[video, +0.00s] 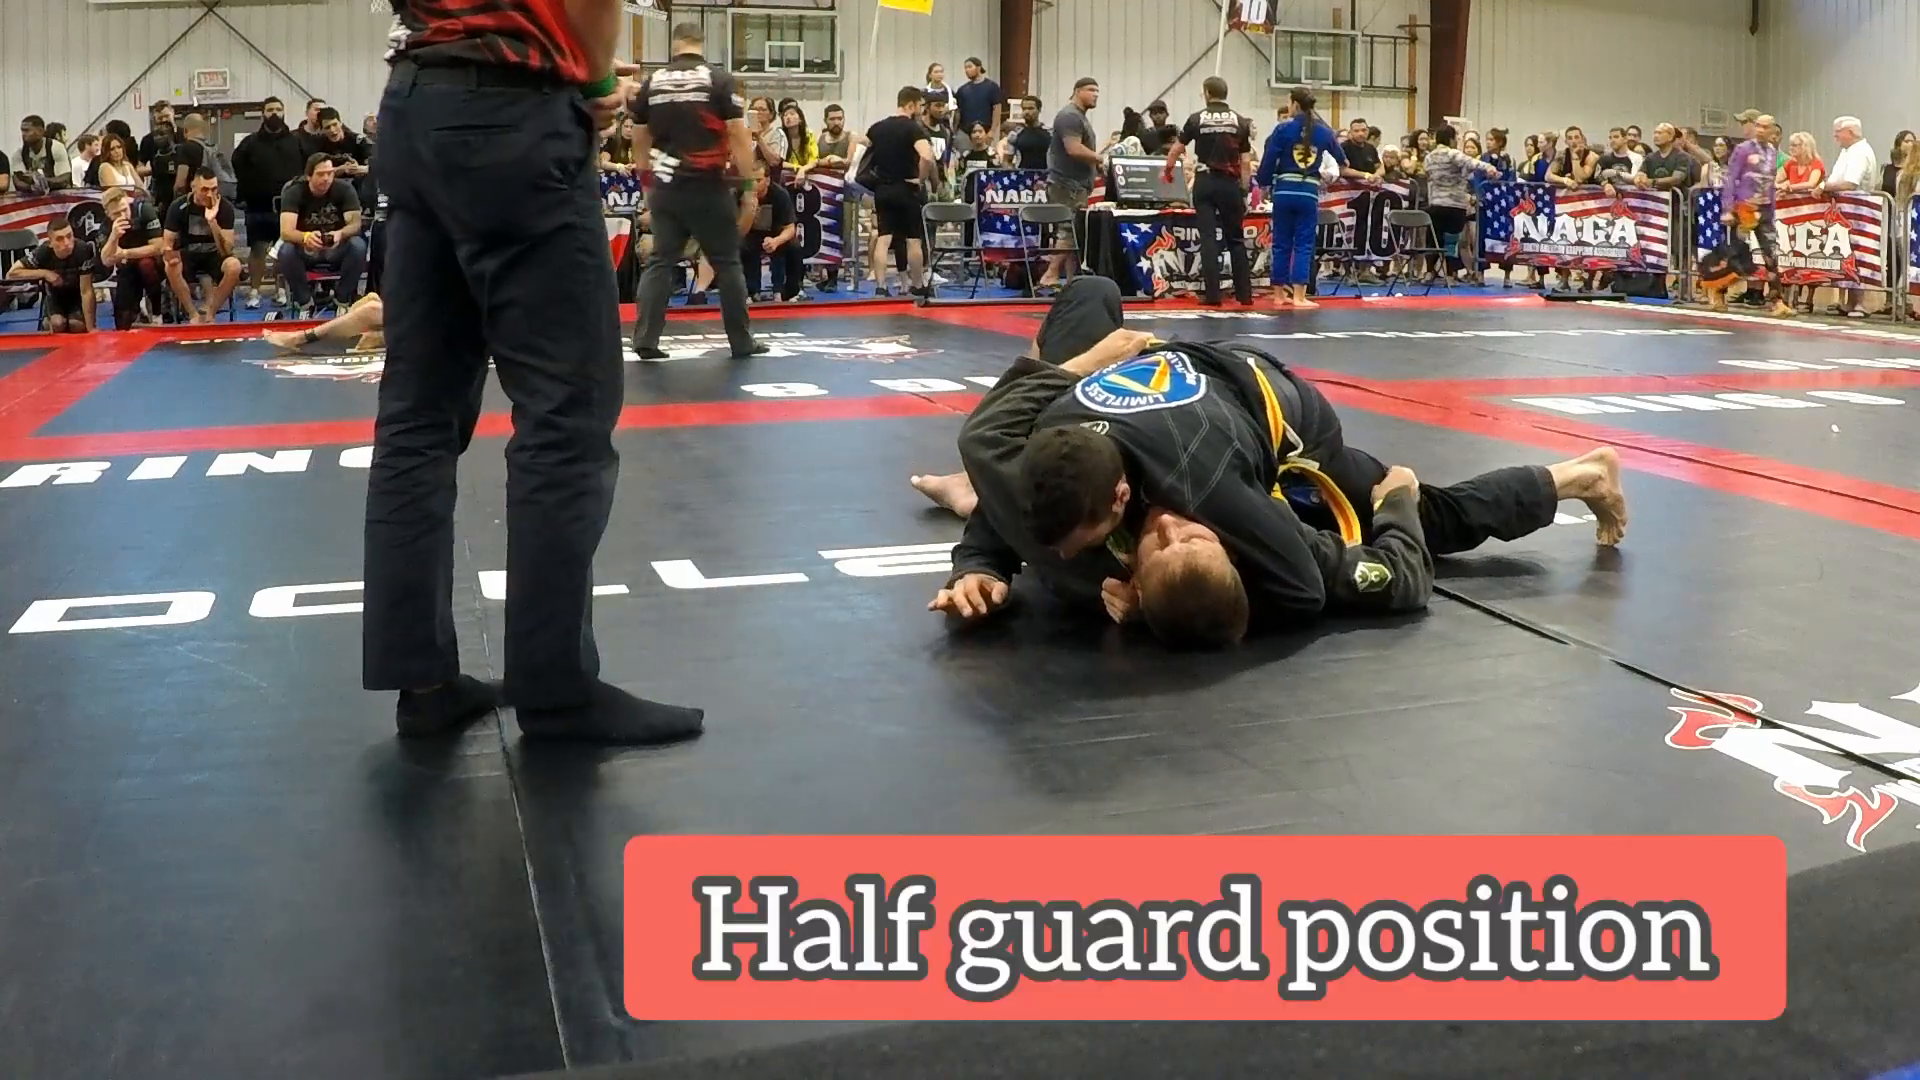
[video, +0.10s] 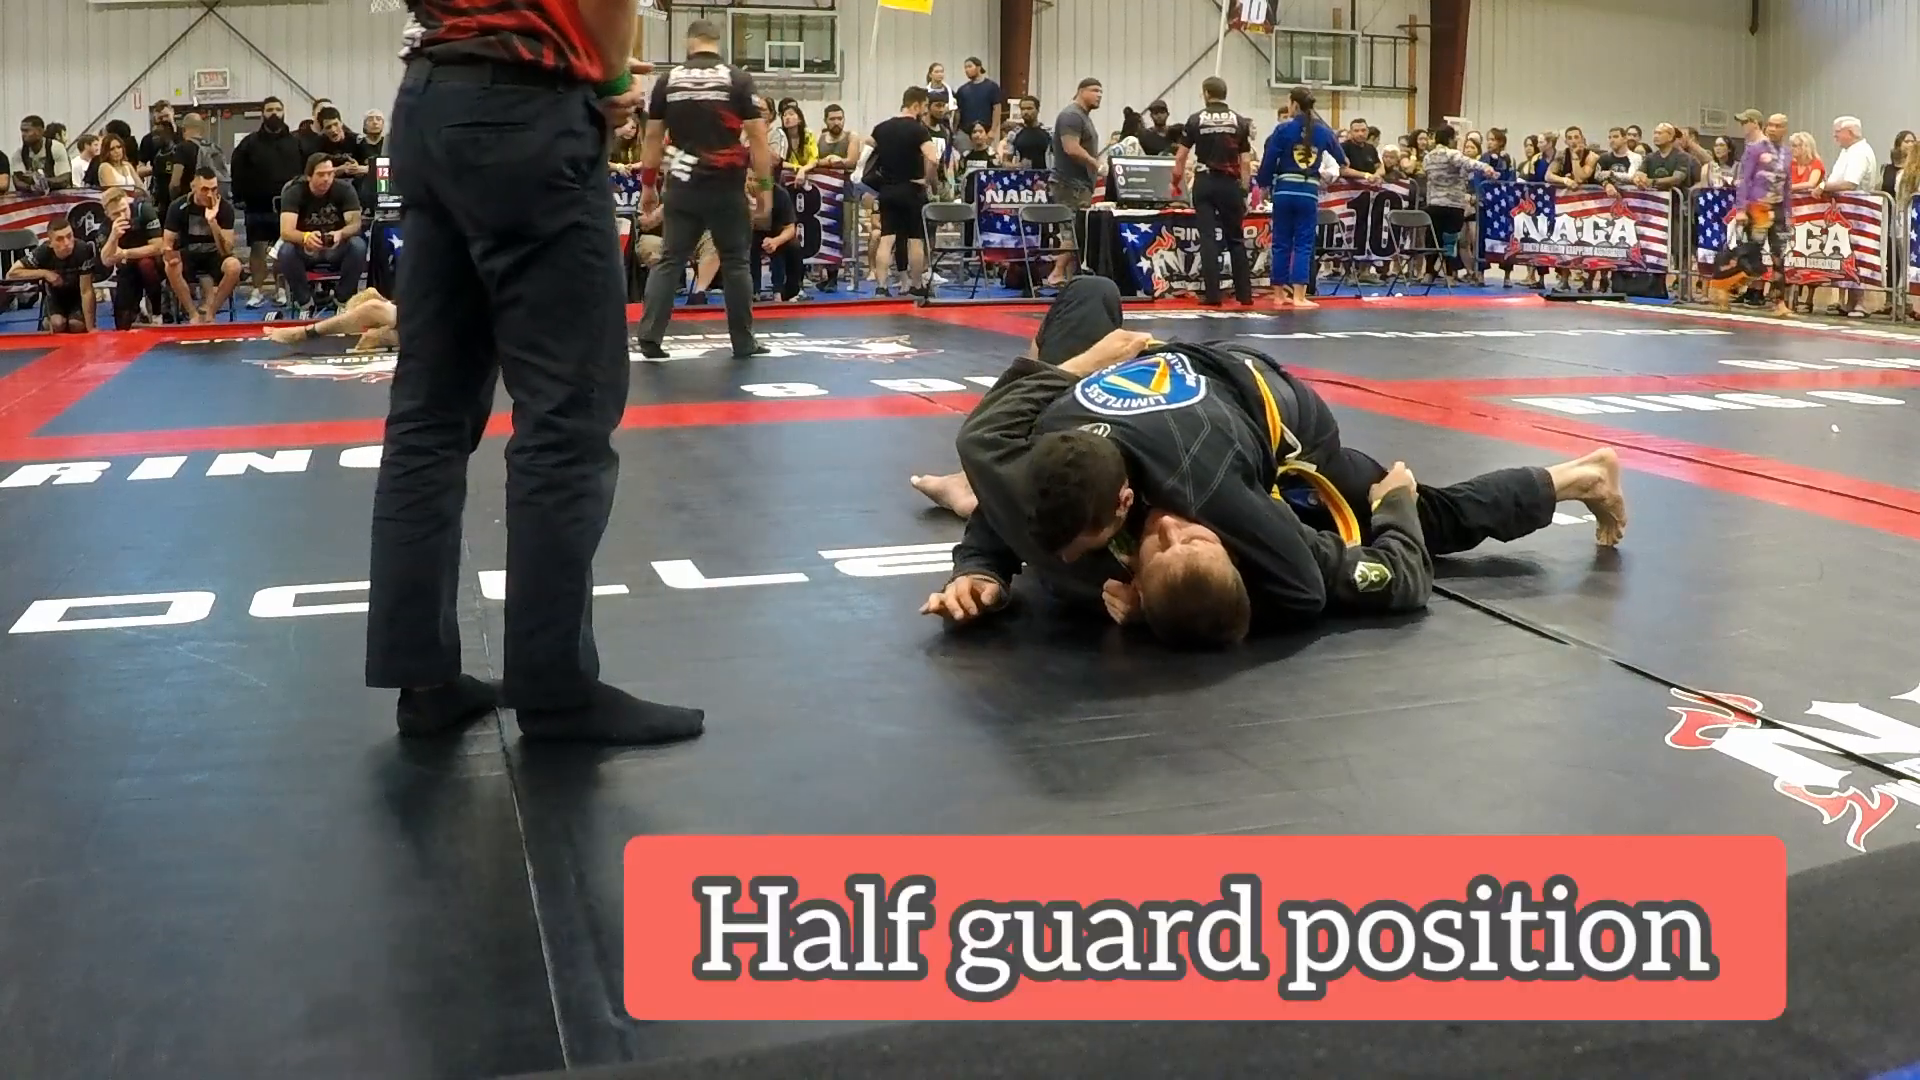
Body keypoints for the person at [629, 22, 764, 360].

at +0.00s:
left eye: (681, 42)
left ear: (674, 45)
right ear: (701, 45)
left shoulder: (651, 81)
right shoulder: (720, 78)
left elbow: (640, 140)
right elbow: (738, 135)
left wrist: (648, 177)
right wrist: (750, 180)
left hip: (663, 187)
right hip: (707, 187)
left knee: (661, 260)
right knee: (727, 262)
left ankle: (645, 340)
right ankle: (741, 341)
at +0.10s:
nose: (696, 49)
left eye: (693, 44)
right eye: (708, 44)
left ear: (689, 44)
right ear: (719, 44)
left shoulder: (667, 81)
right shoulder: (738, 79)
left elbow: (653, 139)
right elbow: (757, 136)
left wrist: (648, 185)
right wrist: (764, 184)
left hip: (682, 188)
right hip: (726, 188)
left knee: (670, 259)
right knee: (736, 261)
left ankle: (649, 337)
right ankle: (743, 341)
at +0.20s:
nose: (700, 47)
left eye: (700, 43)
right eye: (706, 43)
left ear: (703, 42)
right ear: (732, 42)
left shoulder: (681, 76)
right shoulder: (753, 79)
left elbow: (662, 130)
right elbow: (770, 135)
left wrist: (654, 179)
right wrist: (779, 183)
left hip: (691, 186)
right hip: (737, 186)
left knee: (680, 256)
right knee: (741, 262)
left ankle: (654, 332)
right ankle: (744, 342)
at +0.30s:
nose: (709, 46)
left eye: (709, 42)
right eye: (714, 42)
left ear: (712, 41)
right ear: (741, 41)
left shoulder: (692, 76)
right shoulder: (764, 80)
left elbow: (673, 129)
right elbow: (783, 136)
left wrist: (664, 175)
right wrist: (789, 183)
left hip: (700, 183)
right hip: (746, 183)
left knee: (687, 254)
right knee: (744, 259)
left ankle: (665, 330)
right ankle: (744, 342)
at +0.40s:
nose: (713, 47)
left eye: (713, 42)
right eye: (716, 42)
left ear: (718, 40)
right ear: (745, 40)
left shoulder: (704, 74)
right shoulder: (769, 79)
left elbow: (683, 126)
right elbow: (789, 137)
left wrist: (678, 175)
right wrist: (793, 185)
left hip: (706, 178)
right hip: (750, 180)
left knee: (694, 253)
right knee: (746, 257)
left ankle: (681, 330)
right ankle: (745, 342)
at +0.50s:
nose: (713, 46)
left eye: (713, 42)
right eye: (715, 42)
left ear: (719, 41)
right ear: (746, 41)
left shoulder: (705, 72)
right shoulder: (770, 78)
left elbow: (690, 123)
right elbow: (789, 135)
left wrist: (683, 172)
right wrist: (791, 184)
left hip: (710, 178)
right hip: (753, 180)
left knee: (699, 252)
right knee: (747, 256)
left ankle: (701, 334)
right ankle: (746, 341)